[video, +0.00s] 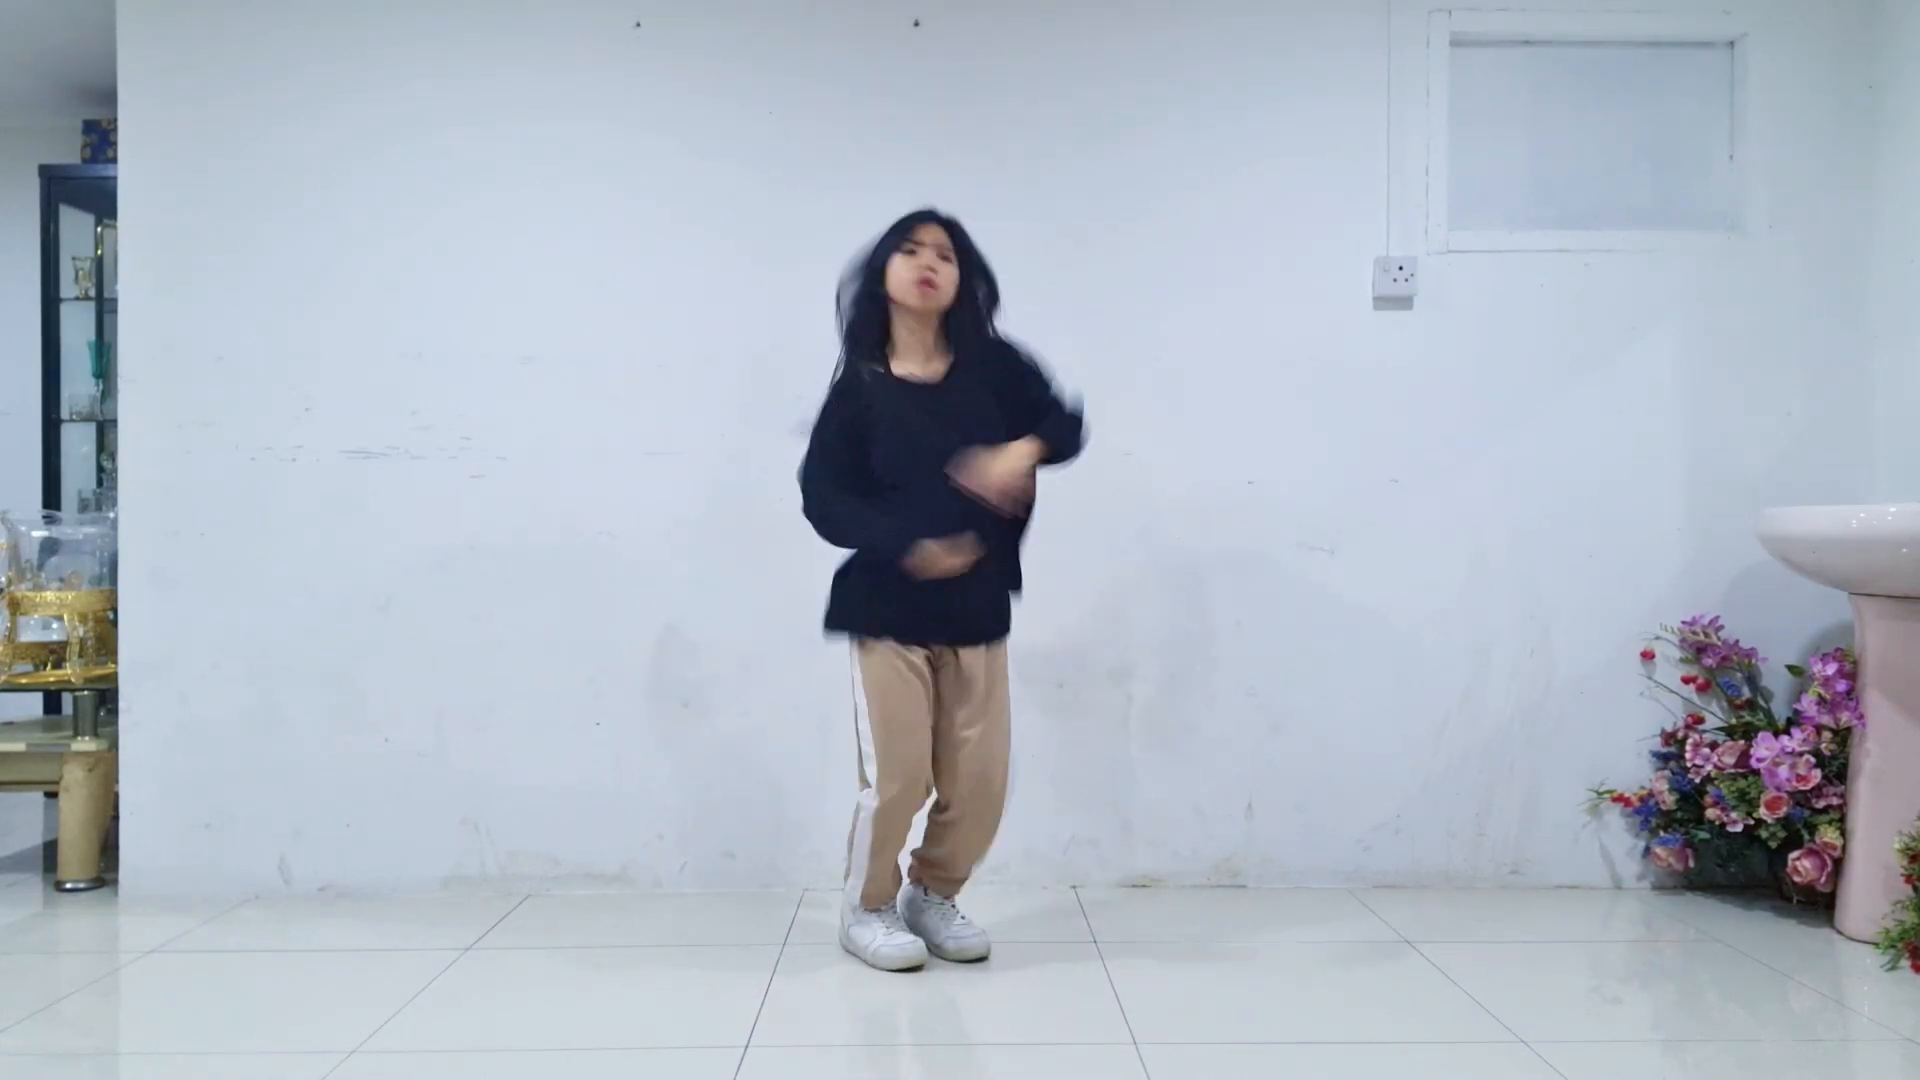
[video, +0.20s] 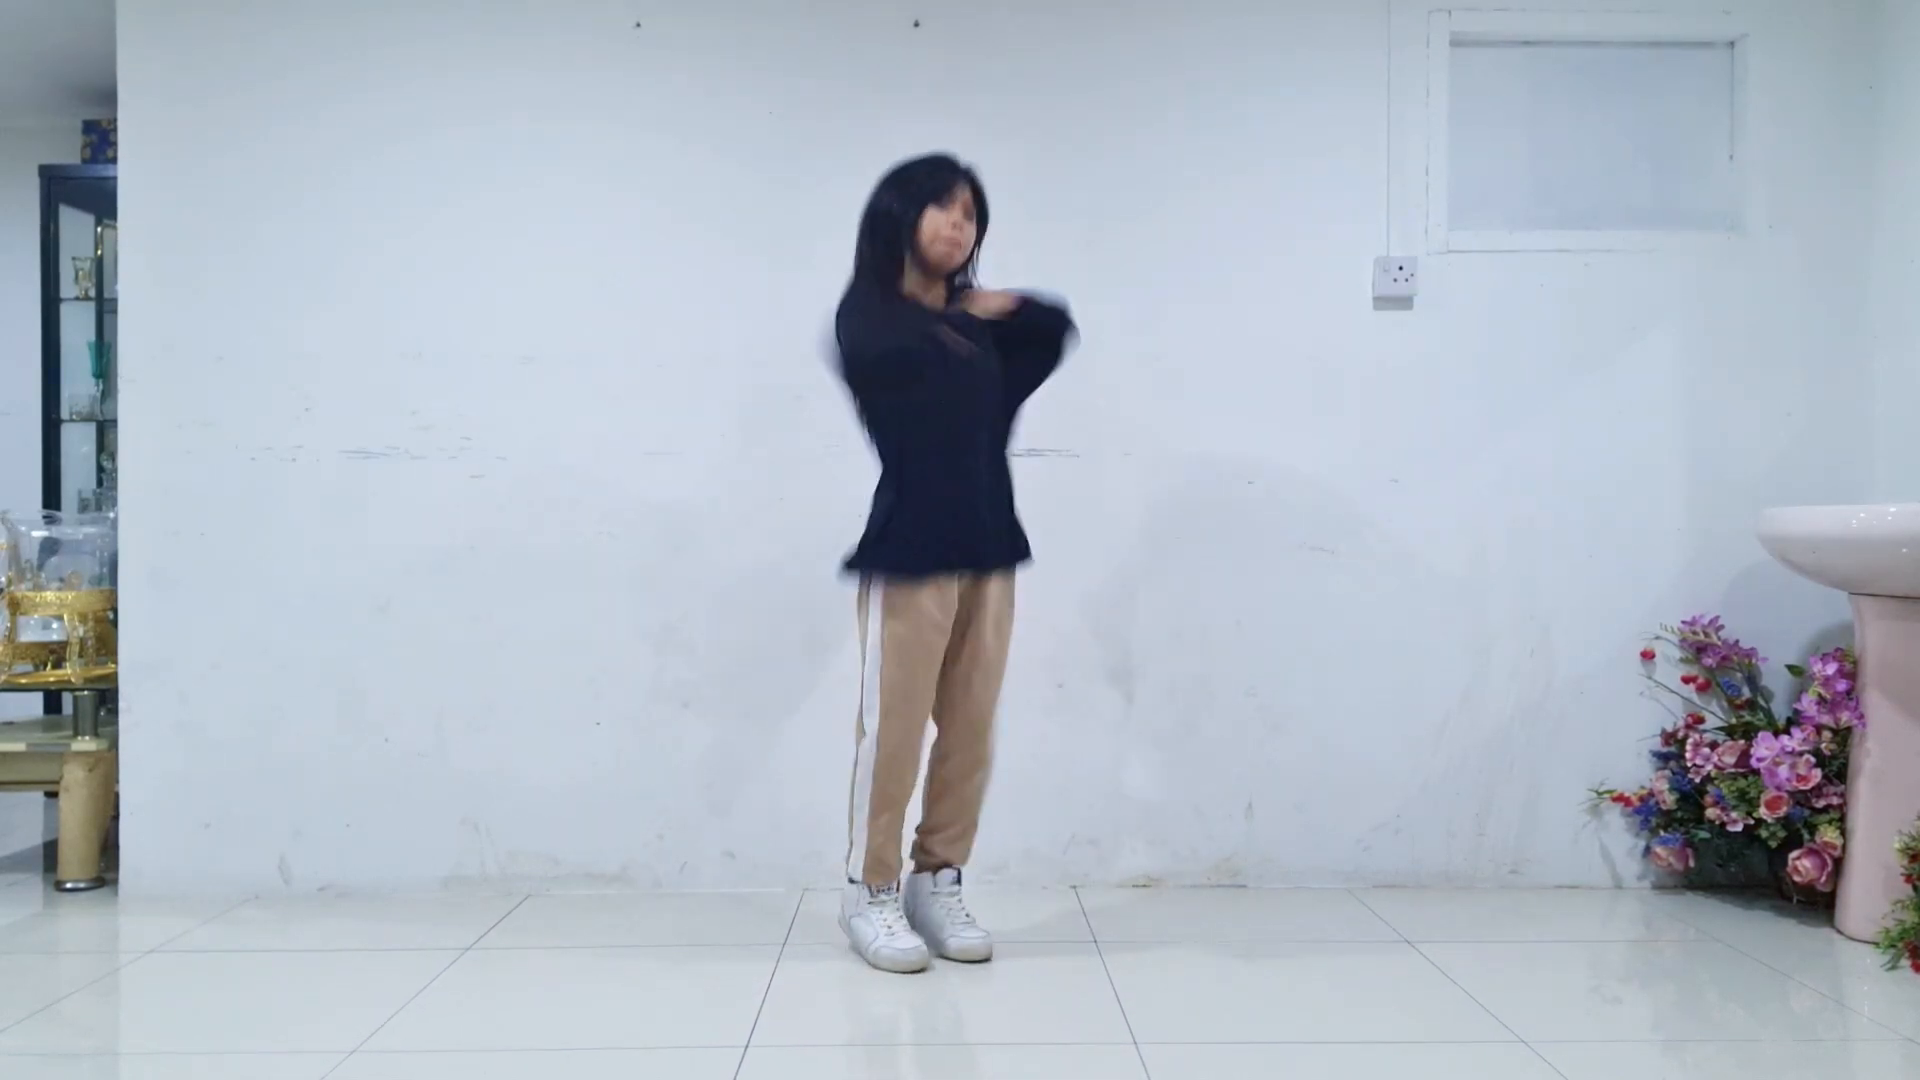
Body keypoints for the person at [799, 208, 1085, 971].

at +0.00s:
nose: (927, 264)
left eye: (943, 256)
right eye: (911, 251)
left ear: (962, 281)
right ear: (881, 272)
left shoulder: (997, 366)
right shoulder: (860, 387)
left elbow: (1066, 427)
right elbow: (823, 497)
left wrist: (1022, 453)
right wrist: (906, 545)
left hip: (976, 614)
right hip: (888, 612)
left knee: (978, 781)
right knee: (904, 774)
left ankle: (932, 897)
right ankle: (870, 912)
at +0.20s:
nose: (960, 227)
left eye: (970, 217)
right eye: (943, 208)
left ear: (975, 235)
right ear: (901, 216)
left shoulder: (975, 336)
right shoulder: (870, 316)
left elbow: (1056, 330)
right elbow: (905, 368)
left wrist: (1004, 307)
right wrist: (982, 326)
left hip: (990, 546)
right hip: (914, 546)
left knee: (970, 724)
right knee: (901, 725)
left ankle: (938, 885)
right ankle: (872, 896)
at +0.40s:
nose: (967, 241)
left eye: (977, 234)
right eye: (952, 223)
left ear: (982, 254)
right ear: (912, 230)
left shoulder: (966, 328)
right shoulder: (882, 310)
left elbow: (1037, 394)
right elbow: (859, 422)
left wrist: (1030, 364)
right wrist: (929, 494)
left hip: (998, 532)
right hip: (931, 531)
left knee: (981, 726)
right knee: (939, 729)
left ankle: (933, 884)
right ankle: (877, 886)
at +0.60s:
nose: (984, 248)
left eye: (991, 236)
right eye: (966, 236)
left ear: (1003, 253)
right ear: (932, 252)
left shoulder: (989, 355)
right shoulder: (913, 349)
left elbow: (970, 464)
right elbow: (870, 454)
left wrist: (977, 562)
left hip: (961, 561)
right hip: (914, 565)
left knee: (957, 738)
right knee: (1061, 656)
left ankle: (918, 901)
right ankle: (957, 772)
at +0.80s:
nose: (974, 205)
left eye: (984, 193)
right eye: (957, 191)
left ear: (999, 208)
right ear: (919, 204)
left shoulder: (1021, 296)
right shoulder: (896, 307)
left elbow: (1042, 394)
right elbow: (838, 417)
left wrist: (1031, 468)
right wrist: (882, 493)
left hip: (996, 525)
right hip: (921, 517)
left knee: (954, 705)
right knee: (1010, 662)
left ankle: (920, 886)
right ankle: (865, 663)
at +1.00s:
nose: (948, 225)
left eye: (963, 207)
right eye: (931, 210)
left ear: (987, 214)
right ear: (907, 223)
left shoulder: (1019, 261)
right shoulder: (907, 304)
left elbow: (1073, 333)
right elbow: (881, 398)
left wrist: (987, 368)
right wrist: (938, 378)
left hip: (1009, 496)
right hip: (922, 496)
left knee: (985, 693)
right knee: (912, 675)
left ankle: (932, 878)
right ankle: (870, 725)